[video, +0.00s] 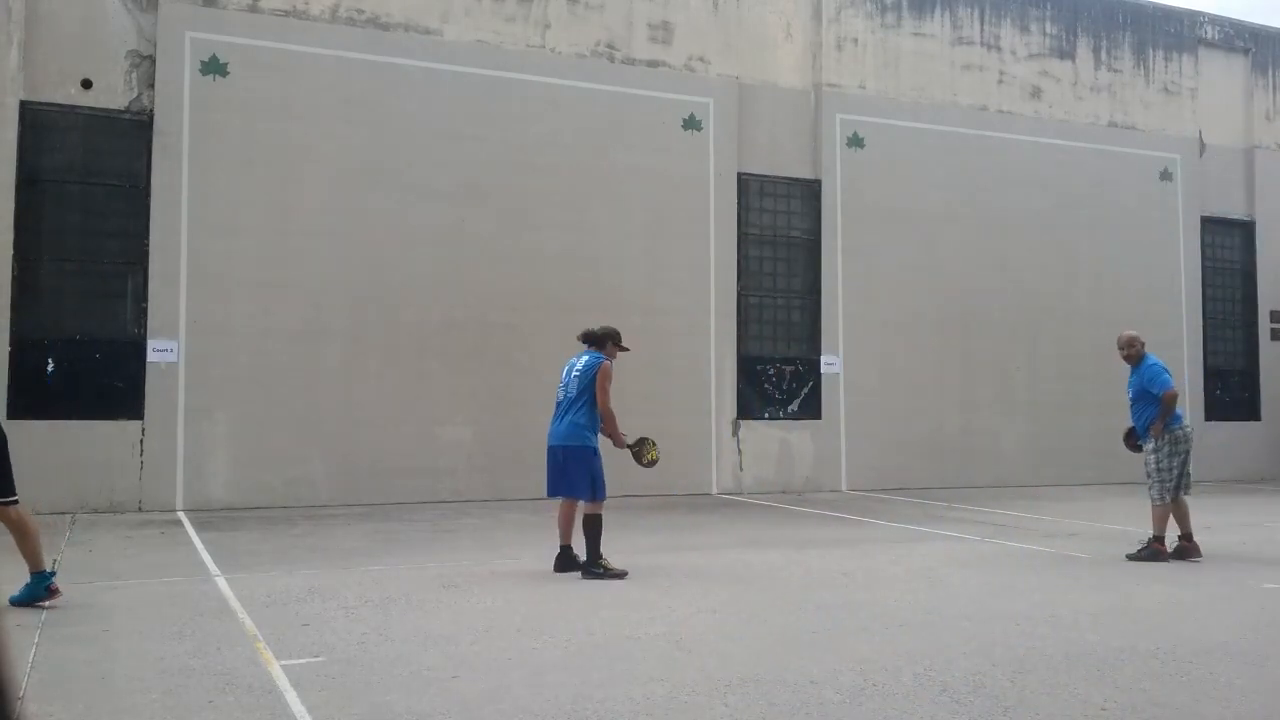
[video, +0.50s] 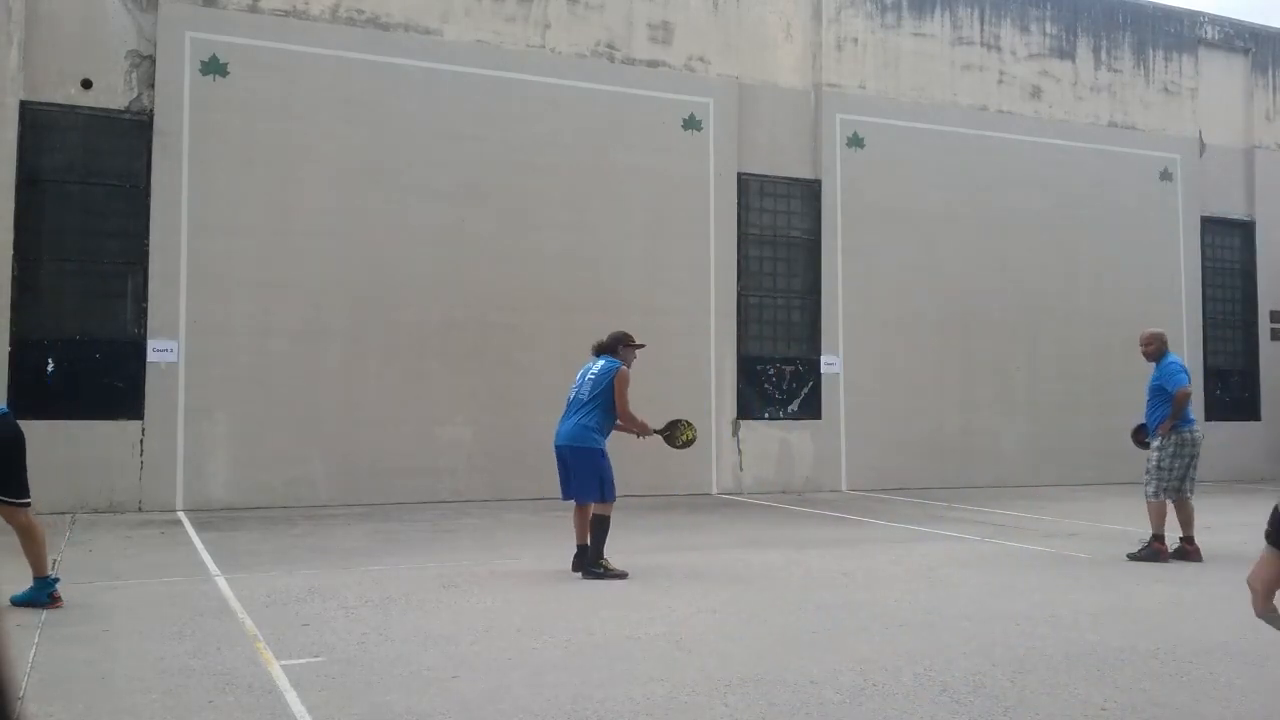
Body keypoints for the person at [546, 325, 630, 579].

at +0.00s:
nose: (617, 354)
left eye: (618, 349)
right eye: (616, 348)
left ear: (594, 344)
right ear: (607, 345)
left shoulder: (573, 362)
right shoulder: (603, 364)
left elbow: (579, 409)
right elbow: (604, 408)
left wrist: (606, 430)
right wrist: (617, 436)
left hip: (557, 441)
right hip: (580, 442)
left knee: (569, 496)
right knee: (594, 497)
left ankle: (565, 555)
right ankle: (594, 561)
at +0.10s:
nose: (621, 360)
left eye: (623, 356)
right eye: (622, 355)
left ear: (599, 348)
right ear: (613, 350)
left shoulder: (577, 364)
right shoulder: (609, 366)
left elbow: (588, 412)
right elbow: (608, 410)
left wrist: (618, 428)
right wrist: (622, 435)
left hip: (560, 441)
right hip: (583, 442)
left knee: (575, 497)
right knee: (598, 498)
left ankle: (567, 554)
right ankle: (594, 561)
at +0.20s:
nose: (626, 363)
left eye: (628, 359)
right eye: (627, 358)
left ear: (604, 349)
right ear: (618, 352)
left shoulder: (582, 364)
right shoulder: (613, 368)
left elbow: (594, 415)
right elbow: (613, 414)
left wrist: (624, 427)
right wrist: (629, 433)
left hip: (562, 441)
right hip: (585, 442)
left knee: (578, 496)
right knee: (601, 498)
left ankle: (572, 550)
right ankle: (594, 561)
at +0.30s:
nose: (630, 364)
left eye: (632, 360)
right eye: (631, 359)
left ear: (608, 350)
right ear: (622, 352)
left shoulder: (585, 364)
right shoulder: (617, 369)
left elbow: (589, 418)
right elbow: (618, 415)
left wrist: (623, 428)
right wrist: (639, 430)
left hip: (562, 440)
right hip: (586, 441)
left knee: (580, 497)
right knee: (600, 499)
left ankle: (578, 550)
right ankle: (594, 561)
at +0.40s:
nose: (634, 361)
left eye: (635, 355)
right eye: (632, 354)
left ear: (610, 350)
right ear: (621, 350)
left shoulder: (588, 365)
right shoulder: (620, 369)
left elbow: (593, 418)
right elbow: (622, 414)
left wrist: (626, 428)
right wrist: (643, 428)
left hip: (563, 440)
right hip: (587, 442)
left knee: (581, 499)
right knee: (602, 499)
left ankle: (581, 555)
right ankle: (595, 560)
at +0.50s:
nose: (635, 357)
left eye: (635, 352)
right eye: (632, 351)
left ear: (612, 351)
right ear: (620, 350)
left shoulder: (589, 368)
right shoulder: (619, 370)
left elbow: (597, 419)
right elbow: (623, 414)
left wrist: (631, 429)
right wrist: (643, 427)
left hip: (564, 441)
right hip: (587, 442)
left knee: (582, 499)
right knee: (605, 498)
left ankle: (581, 555)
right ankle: (595, 561)